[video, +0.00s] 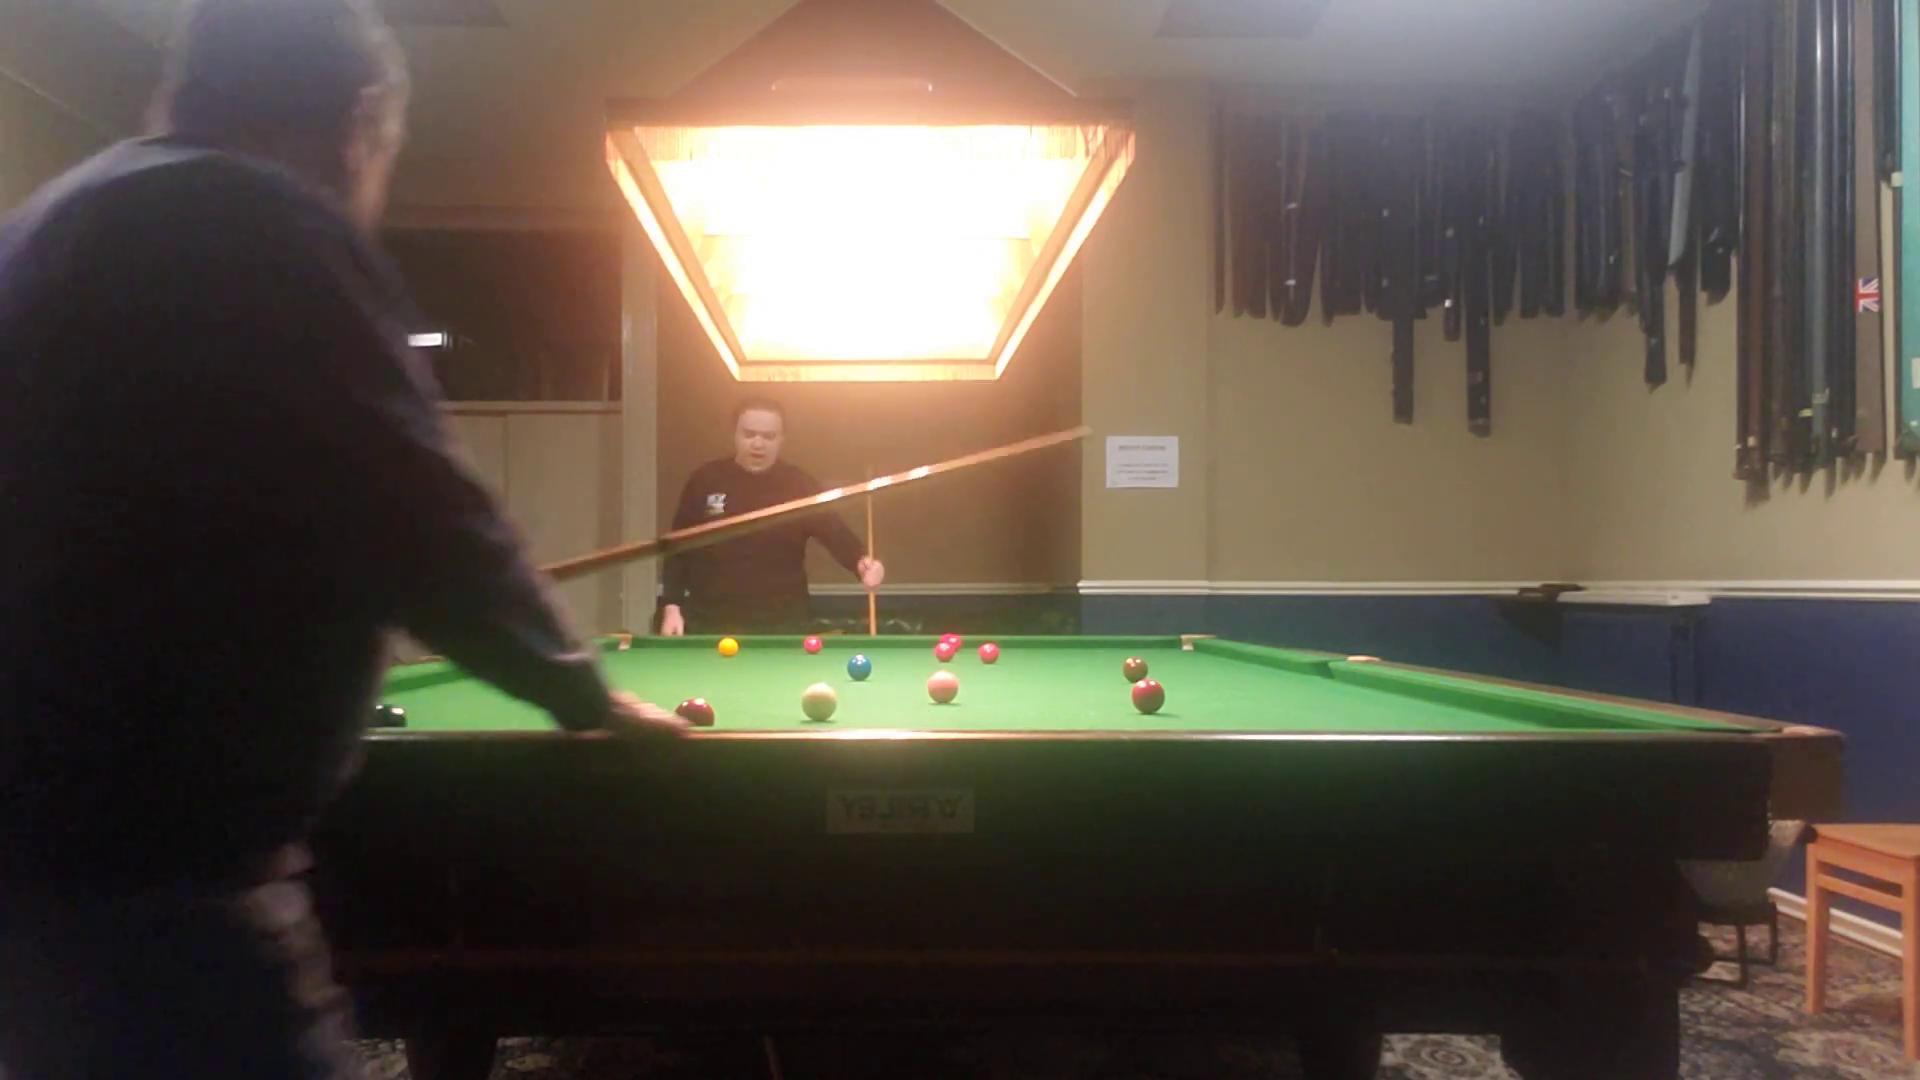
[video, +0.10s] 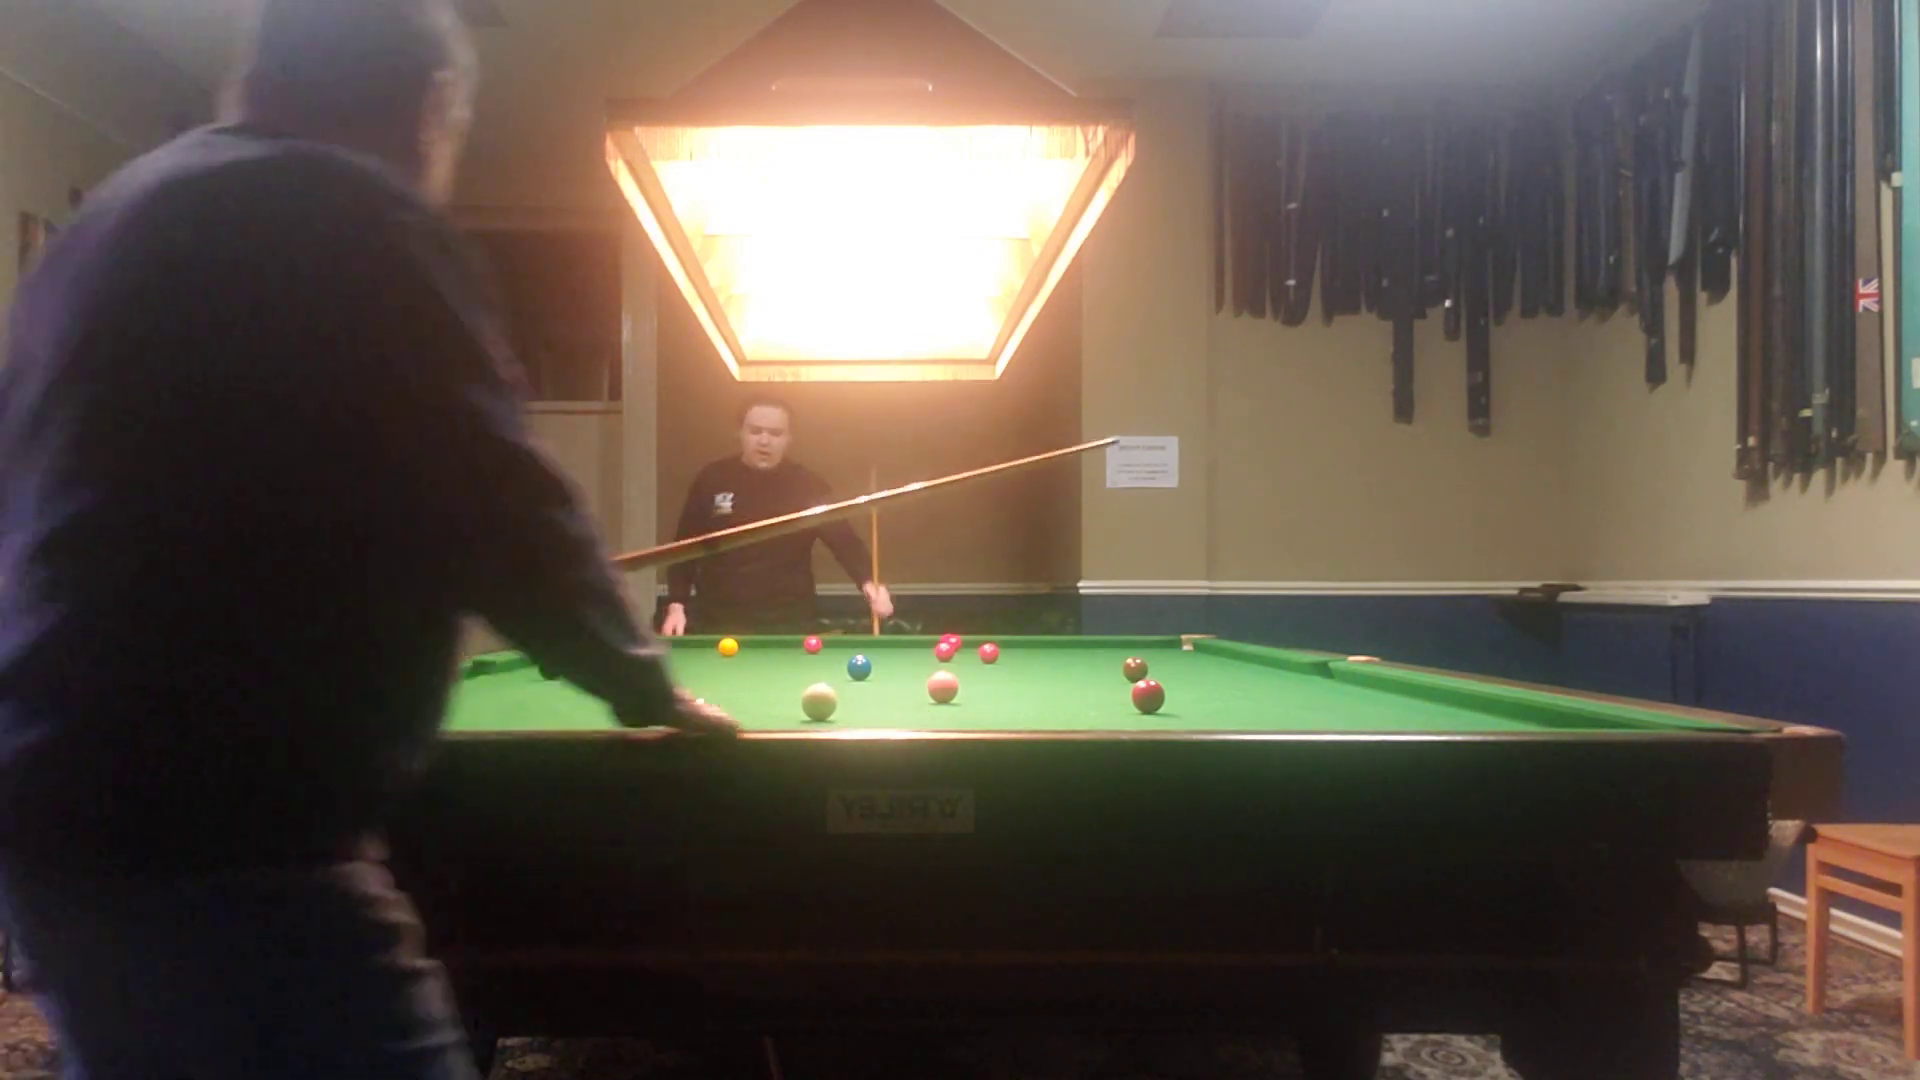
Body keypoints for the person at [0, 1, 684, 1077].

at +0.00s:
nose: (384, 176)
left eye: (393, 145)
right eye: (390, 139)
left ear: (189, 95)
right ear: (354, 121)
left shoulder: (43, 228)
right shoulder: (281, 240)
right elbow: (420, 520)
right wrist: (590, 699)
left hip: (23, 845)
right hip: (188, 865)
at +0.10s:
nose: (452, 166)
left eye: (460, 135)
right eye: (456, 130)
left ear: (248, 94)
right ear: (424, 109)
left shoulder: (94, 228)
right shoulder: (368, 227)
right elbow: (498, 500)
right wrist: (646, 689)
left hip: (52, 807)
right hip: (251, 830)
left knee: (135, 1057)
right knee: (410, 1055)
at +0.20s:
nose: (526, 149)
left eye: (529, 121)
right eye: (529, 117)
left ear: (336, 88)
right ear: (500, 103)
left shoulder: (181, 219)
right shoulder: (477, 231)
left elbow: (49, 500)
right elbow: (586, 502)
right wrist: (718, 698)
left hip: (107, 789)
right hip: (336, 815)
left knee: (168, 1057)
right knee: (450, 1056)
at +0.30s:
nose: (606, 144)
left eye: (609, 121)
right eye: (607, 118)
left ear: (425, 77)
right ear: (586, 103)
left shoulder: (268, 217)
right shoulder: (577, 227)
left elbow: (115, 494)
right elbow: (700, 519)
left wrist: (266, 603)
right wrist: (782, 700)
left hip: (201, 798)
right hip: (444, 813)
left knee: (252, 1058)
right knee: (550, 1061)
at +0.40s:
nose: (692, 130)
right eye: (691, 103)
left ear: (522, 62)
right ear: (675, 88)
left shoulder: (338, 216)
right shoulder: (692, 223)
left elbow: (183, 482)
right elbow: (803, 506)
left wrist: (340, 594)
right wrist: (855, 687)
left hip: (301, 795)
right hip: (562, 809)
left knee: (333, 1059)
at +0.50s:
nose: (796, 94)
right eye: (793, 69)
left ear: (602, 52)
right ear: (771, 68)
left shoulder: (410, 193)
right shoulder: (805, 214)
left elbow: (244, 463)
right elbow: (905, 504)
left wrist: (388, 585)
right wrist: (927, 695)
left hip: (378, 781)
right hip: (636, 789)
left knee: (428, 1063)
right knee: (677, 1062)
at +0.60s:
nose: (866, 87)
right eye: (865, 66)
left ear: (668, 37)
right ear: (845, 70)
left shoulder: (476, 182)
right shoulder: (887, 211)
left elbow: (299, 450)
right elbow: (975, 502)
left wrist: (457, 586)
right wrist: (973, 686)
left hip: (458, 759)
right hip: (719, 777)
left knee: (492, 1066)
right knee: (729, 1060)